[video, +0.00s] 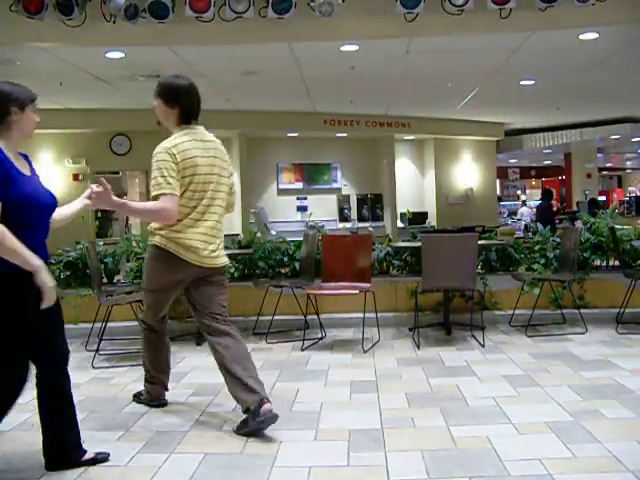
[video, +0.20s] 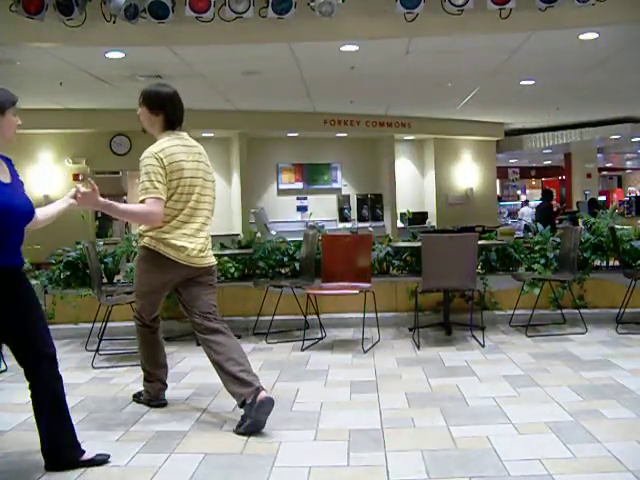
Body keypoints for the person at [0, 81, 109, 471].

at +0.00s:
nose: (37, 118)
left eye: (35, 111)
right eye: (32, 111)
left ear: (16, 115)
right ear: (13, 115)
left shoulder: (23, 160)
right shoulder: (2, 160)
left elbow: (46, 221)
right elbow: (0, 230)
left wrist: (86, 199)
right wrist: (36, 266)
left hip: (36, 274)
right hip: (9, 276)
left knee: (53, 362)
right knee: (10, 374)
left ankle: (64, 453)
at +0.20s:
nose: (18, 122)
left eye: (16, 114)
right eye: (13, 114)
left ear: (2, 121)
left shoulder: (7, 167)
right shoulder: (0, 166)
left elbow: (28, 221)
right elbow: (25, 220)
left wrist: (70, 200)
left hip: (12, 281)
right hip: (2, 282)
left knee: (42, 363)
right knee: (40, 363)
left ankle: (62, 453)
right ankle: (62, 453)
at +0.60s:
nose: (24, 122)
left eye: (21, 115)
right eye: (19, 115)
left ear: (6, 121)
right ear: (2, 120)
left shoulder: (13, 165)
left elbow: (39, 220)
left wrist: (80, 202)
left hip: (23, 276)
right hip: (2, 278)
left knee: (37, 360)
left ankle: (21, 448)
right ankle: (11, 450)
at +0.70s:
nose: (31, 124)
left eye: (29, 117)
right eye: (26, 118)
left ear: (11, 124)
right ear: (6, 124)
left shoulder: (20, 167)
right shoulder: (1, 169)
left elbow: (50, 219)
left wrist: (90, 202)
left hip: (29, 278)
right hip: (6, 281)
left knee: (40, 360)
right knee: (30, 363)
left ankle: (26, 449)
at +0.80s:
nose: (39, 122)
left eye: (37, 115)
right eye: (33, 115)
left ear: (17, 121)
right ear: (14, 121)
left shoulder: (25, 164)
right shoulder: (0, 165)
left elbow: (57, 216)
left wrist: (99, 199)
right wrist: (11, 291)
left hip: (32, 277)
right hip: (14, 281)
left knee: (36, 358)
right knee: (61, 354)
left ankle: (25, 445)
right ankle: (17, 446)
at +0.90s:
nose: (47, 117)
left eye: (45, 111)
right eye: (42, 111)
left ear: (23, 117)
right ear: (23, 117)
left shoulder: (30, 157)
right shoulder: (8, 159)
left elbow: (62, 209)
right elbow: (2, 228)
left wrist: (106, 197)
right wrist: (38, 279)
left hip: (28, 274)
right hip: (18, 275)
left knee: (26, 361)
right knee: (70, 350)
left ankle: (22, 448)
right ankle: (73, 446)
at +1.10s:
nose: (68, 122)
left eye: (66, 116)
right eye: (62, 116)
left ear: (41, 124)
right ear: (43, 123)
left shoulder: (40, 164)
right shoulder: (32, 166)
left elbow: (86, 206)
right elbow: (34, 229)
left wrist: (133, 191)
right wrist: (88, 260)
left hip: (30, 273)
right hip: (38, 275)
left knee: (30, 361)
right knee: (79, 355)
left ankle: (20, 447)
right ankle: (122, 431)